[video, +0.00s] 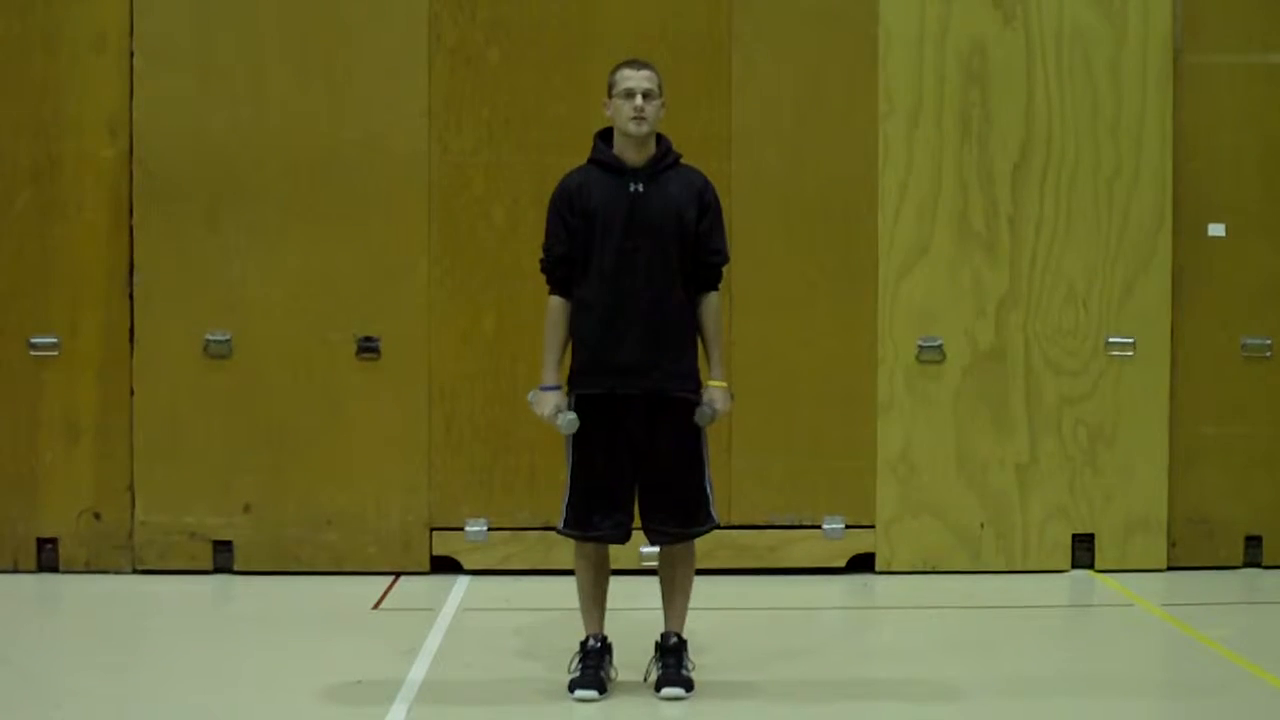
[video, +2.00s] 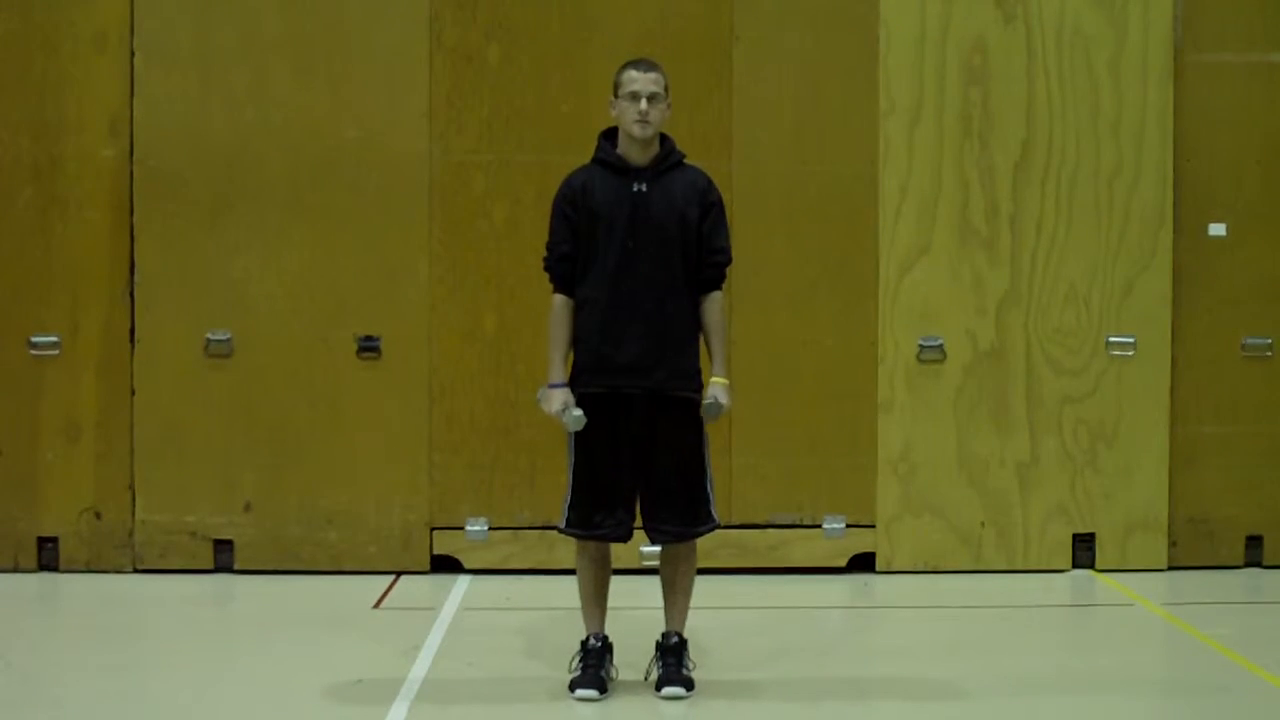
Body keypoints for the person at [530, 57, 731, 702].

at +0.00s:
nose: (639, 105)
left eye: (649, 96)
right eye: (628, 95)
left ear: (663, 108)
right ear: (608, 107)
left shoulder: (693, 188)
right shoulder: (577, 188)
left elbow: (709, 289)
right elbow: (560, 292)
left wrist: (717, 375)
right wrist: (551, 381)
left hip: (672, 384)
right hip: (597, 384)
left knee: (677, 523)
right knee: (592, 521)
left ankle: (673, 648)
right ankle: (593, 647)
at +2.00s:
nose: (644, 108)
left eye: (655, 99)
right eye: (634, 98)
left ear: (669, 109)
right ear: (613, 107)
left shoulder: (696, 188)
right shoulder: (580, 188)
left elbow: (711, 289)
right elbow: (563, 291)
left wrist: (719, 373)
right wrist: (556, 379)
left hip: (674, 384)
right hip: (599, 384)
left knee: (679, 523)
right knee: (594, 522)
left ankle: (673, 647)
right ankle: (594, 647)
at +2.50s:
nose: (645, 107)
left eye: (655, 98)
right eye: (634, 97)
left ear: (669, 107)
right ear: (614, 106)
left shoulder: (698, 189)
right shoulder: (581, 189)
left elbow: (713, 290)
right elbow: (565, 292)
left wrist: (723, 374)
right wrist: (560, 379)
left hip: (676, 384)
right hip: (601, 384)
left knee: (680, 525)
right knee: (595, 523)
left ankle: (675, 647)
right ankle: (595, 647)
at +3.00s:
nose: (649, 108)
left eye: (659, 98)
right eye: (638, 98)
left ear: (674, 107)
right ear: (620, 107)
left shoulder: (705, 189)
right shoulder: (588, 188)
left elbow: (718, 290)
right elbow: (570, 290)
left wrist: (724, 375)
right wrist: (564, 378)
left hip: (680, 384)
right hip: (604, 383)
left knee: (682, 524)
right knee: (596, 522)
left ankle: (675, 647)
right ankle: (595, 646)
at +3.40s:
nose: (661, 109)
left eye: (672, 99)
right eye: (651, 99)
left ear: (688, 109)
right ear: (632, 108)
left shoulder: (716, 191)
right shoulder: (599, 188)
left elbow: (728, 293)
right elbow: (579, 288)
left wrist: (733, 379)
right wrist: (563, 373)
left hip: (686, 386)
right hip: (611, 383)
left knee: (685, 524)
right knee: (600, 521)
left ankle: (675, 648)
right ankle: (596, 646)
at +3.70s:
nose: (663, 116)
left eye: (674, 106)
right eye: (653, 105)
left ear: (690, 111)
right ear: (635, 109)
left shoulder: (720, 192)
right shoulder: (603, 188)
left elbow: (731, 292)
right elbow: (583, 287)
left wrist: (734, 378)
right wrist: (566, 372)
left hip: (689, 387)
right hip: (614, 383)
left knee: (687, 525)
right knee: (602, 520)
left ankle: (676, 648)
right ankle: (597, 646)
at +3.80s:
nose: (655, 126)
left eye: (665, 115)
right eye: (644, 117)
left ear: (685, 112)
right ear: (631, 116)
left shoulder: (721, 192)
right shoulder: (603, 190)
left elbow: (733, 291)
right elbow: (584, 286)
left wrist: (733, 377)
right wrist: (566, 371)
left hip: (690, 387)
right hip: (615, 384)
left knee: (687, 525)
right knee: (603, 521)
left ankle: (676, 648)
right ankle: (598, 646)